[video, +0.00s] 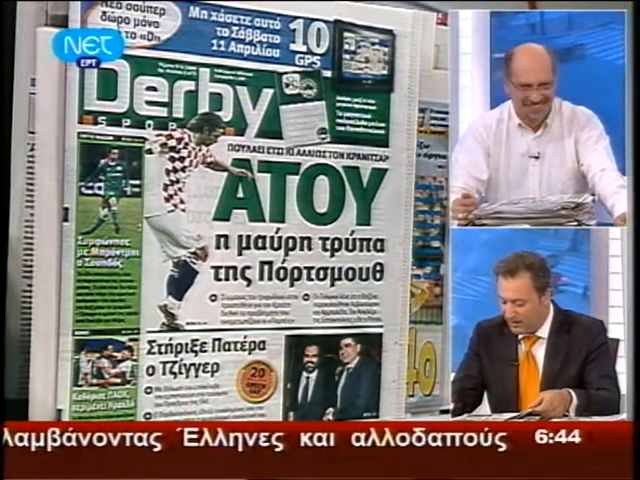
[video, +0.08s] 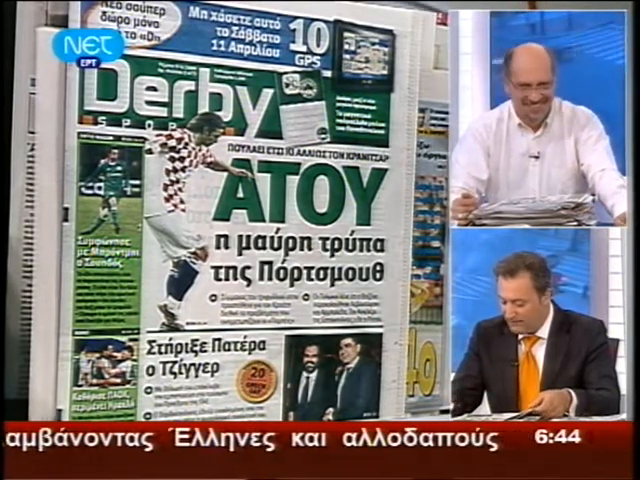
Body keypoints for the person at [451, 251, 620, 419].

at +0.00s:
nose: (509, 313)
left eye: (519, 304)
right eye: (504, 302)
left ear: (546, 297)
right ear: (499, 298)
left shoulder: (588, 333)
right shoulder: (487, 334)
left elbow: (610, 402)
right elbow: (461, 400)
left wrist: (569, 400)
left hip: (570, 453)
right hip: (506, 451)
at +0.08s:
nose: (509, 313)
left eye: (519, 304)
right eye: (504, 302)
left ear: (546, 297)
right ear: (499, 298)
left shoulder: (588, 333)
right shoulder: (487, 334)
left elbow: (610, 402)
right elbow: (461, 400)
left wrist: (569, 400)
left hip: (570, 453)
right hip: (506, 452)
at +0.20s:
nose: (509, 313)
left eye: (519, 304)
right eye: (504, 302)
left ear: (546, 297)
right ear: (498, 298)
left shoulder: (588, 333)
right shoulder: (487, 334)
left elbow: (610, 402)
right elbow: (461, 400)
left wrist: (569, 400)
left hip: (569, 452)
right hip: (505, 451)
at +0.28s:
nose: (509, 313)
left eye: (519, 304)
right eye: (504, 302)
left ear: (546, 297)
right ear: (498, 298)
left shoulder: (588, 333)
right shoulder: (487, 334)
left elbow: (610, 402)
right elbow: (461, 400)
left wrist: (569, 400)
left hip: (569, 451)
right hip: (505, 450)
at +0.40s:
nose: (509, 313)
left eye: (519, 304)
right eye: (504, 302)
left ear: (546, 297)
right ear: (498, 298)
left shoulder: (588, 333)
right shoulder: (487, 334)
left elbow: (610, 402)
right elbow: (461, 400)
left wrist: (569, 400)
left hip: (569, 450)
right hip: (505, 448)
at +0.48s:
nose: (509, 313)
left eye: (520, 304)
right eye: (504, 303)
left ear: (546, 297)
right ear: (499, 298)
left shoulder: (588, 333)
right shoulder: (487, 334)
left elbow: (610, 402)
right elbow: (461, 400)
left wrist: (569, 400)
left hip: (569, 450)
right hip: (505, 448)